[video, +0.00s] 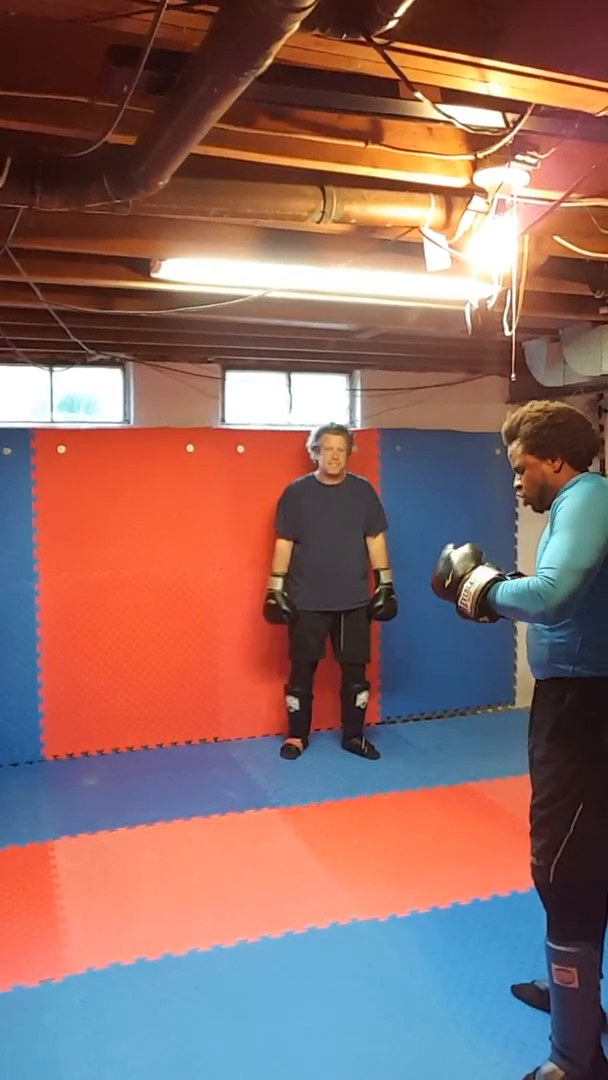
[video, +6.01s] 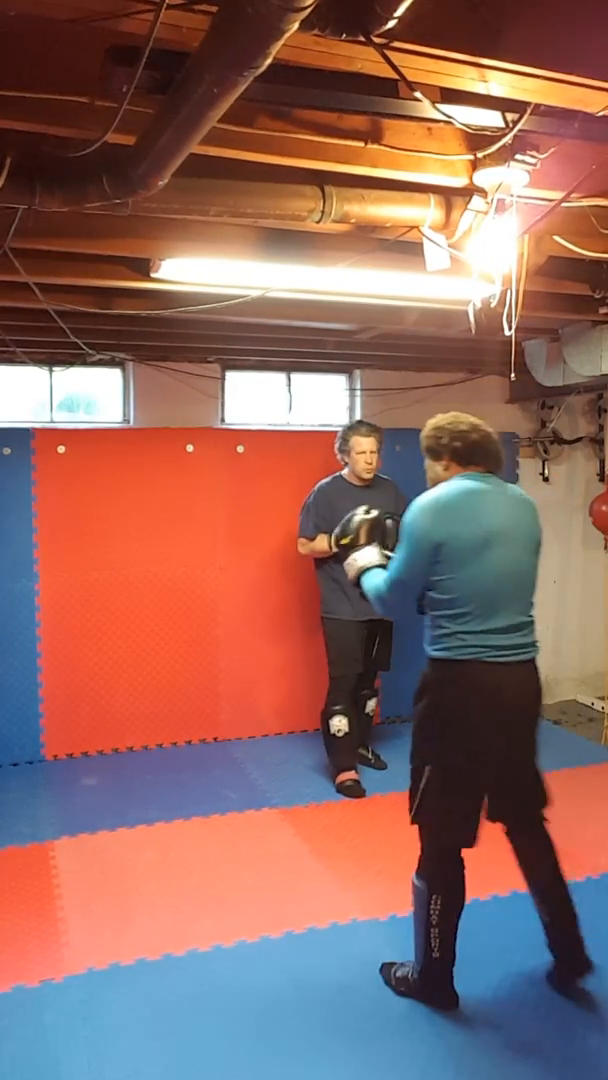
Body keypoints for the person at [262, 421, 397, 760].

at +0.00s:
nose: (334, 456)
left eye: (340, 451)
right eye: (328, 450)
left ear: (348, 455)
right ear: (317, 453)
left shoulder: (363, 490)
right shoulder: (296, 493)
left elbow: (376, 538)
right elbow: (284, 542)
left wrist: (385, 585)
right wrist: (276, 588)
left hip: (354, 599)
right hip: (307, 599)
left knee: (356, 669)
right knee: (302, 669)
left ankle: (354, 736)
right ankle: (297, 735)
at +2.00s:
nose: (370, 458)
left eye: (376, 452)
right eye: (364, 451)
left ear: (381, 456)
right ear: (349, 453)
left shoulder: (392, 492)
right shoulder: (327, 493)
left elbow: (405, 540)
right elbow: (316, 542)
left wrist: (415, 584)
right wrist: (312, 588)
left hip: (380, 599)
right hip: (340, 598)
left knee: (370, 667)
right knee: (344, 664)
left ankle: (356, 734)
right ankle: (327, 729)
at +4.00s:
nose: (274, 456)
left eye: (281, 450)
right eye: (268, 450)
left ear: (295, 453)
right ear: (259, 455)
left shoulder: (317, 491)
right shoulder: (246, 495)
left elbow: (334, 541)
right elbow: (234, 546)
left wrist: (341, 590)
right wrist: (227, 593)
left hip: (303, 603)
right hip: (257, 604)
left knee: (291, 675)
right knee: (268, 676)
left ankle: (285, 762)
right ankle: (275, 749)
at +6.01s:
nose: (370, 460)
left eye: (374, 453)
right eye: (362, 453)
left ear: (380, 453)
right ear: (344, 455)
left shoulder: (391, 492)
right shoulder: (324, 493)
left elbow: (409, 536)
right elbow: (305, 545)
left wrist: (384, 544)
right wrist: (342, 542)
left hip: (381, 605)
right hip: (341, 607)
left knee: (368, 679)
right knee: (344, 683)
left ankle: (360, 744)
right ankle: (343, 766)